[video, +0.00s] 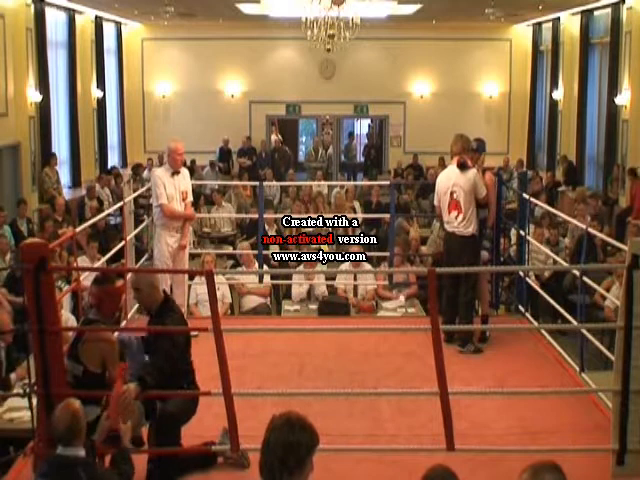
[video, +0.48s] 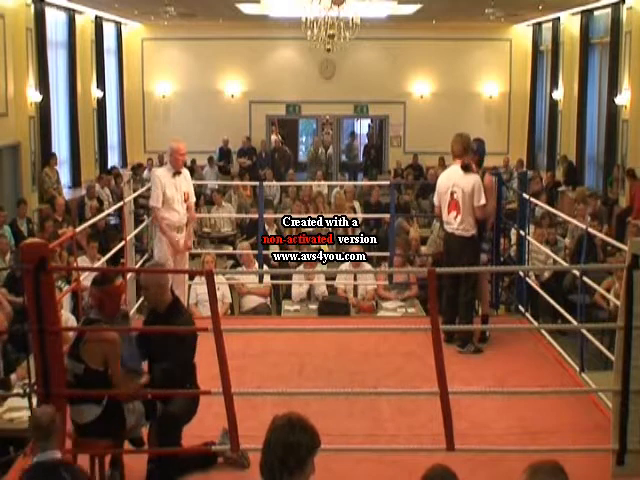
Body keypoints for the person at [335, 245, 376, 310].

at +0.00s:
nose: (355, 258)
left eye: (358, 255)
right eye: (352, 255)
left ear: (362, 256)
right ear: (349, 256)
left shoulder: (368, 268)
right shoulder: (343, 268)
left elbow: (371, 290)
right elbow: (340, 291)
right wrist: (351, 299)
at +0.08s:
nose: (355, 258)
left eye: (358, 255)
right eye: (352, 255)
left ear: (362, 256)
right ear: (349, 256)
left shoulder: (368, 268)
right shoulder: (343, 268)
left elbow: (371, 290)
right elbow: (340, 291)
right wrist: (351, 299)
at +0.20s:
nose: (355, 258)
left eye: (358, 255)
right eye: (352, 255)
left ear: (362, 256)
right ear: (349, 256)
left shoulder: (368, 268)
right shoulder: (343, 268)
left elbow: (371, 290)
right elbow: (340, 291)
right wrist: (351, 299)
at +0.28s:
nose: (355, 258)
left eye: (358, 255)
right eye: (352, 255)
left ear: (362, 255)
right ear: (349, 256)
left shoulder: (368, 268)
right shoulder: (343, 268)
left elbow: (371, 290)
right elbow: (340, 291)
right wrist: (351, 300)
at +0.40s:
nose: (355, 258)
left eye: (358, 255)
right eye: (352, 255)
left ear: (362, 256)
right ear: (349, 256)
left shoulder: (368, 268)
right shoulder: (343, 268)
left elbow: (371, 290)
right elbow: (340, 291)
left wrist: (363, 303)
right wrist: (351, 299)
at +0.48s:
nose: (355, 258)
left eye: (358, 255)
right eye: (352, 255)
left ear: (362, 255)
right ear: (349, 256)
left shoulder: (368, 268)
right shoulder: (343, 268)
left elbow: (371, 290)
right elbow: (340, 291)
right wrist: (351, 300)